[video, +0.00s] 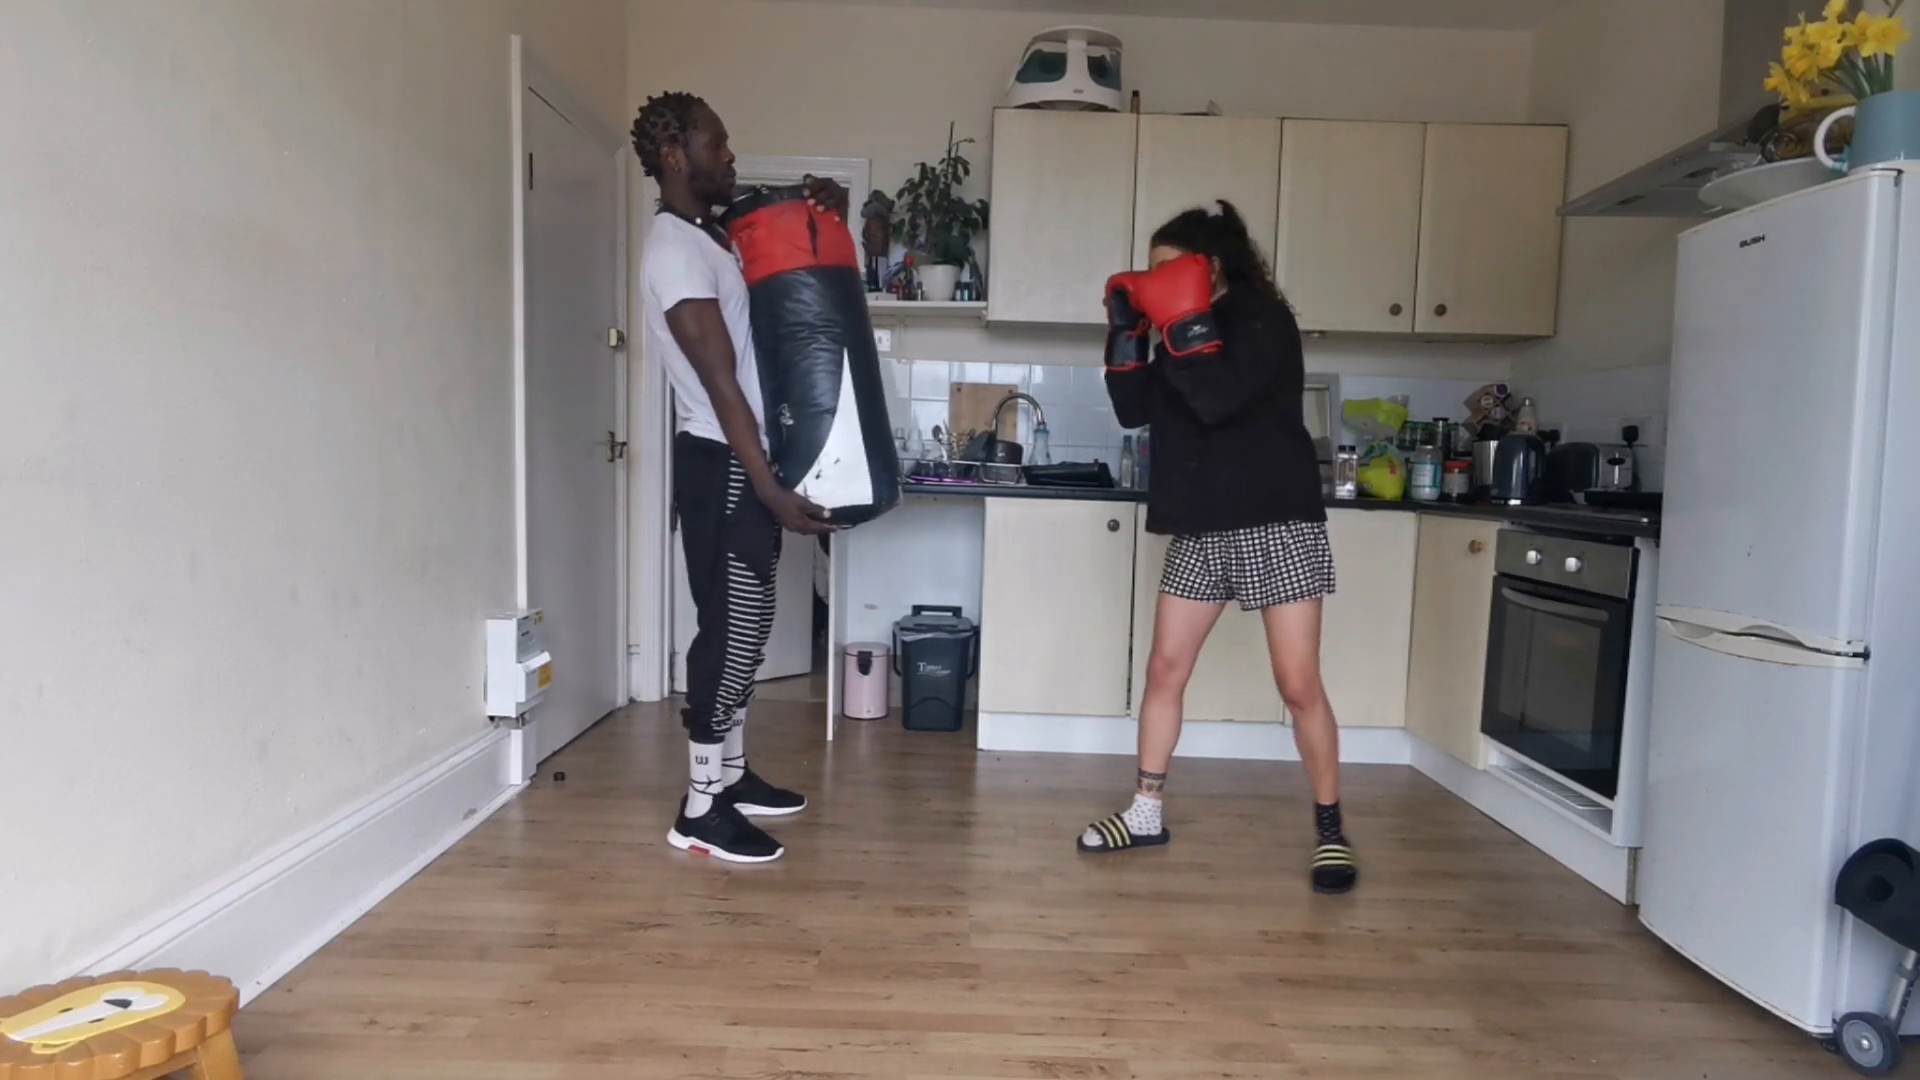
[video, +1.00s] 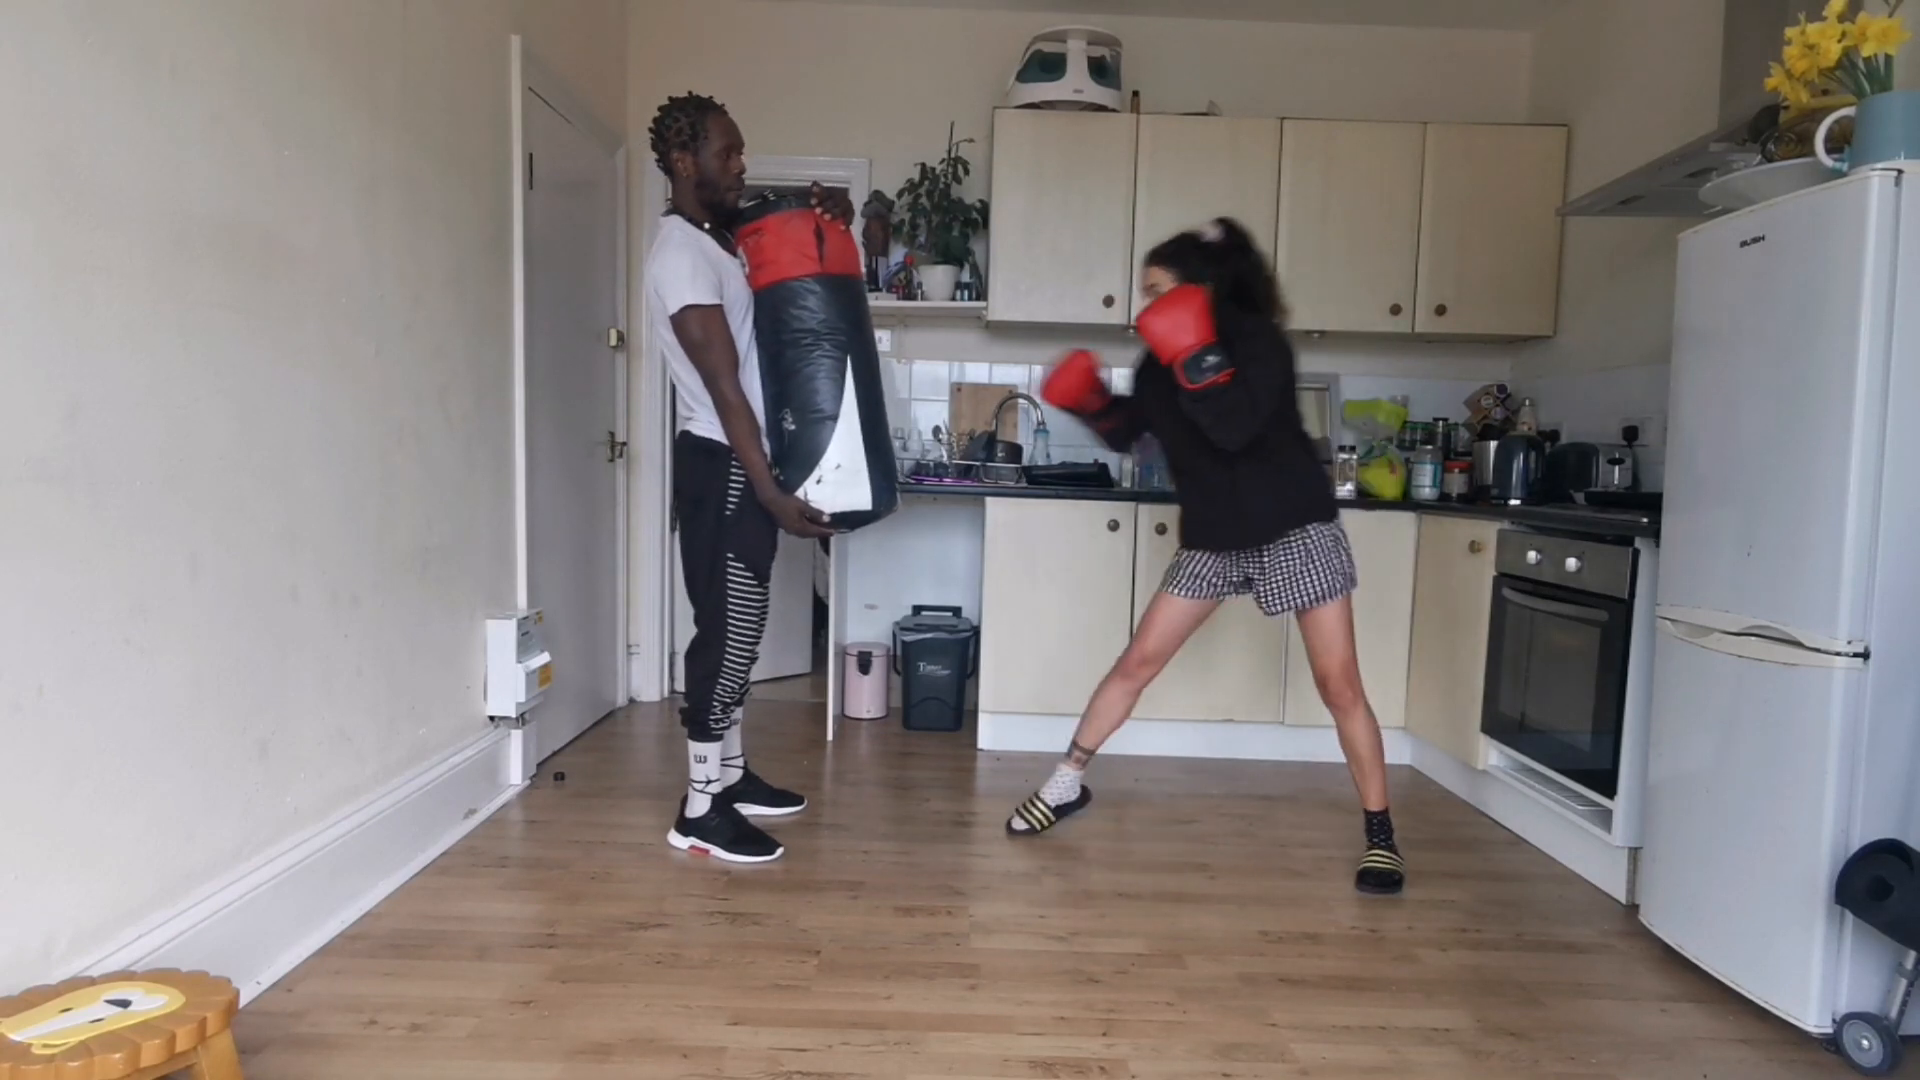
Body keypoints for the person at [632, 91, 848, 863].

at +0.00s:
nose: (730, 155)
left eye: (727, 142)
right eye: (716, 143)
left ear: (681, 155)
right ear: (672, 153)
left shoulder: (707, 236)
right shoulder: (672, 243)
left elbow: (781, 289)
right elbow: (718, 377)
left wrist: (819, 214)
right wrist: (770, 484)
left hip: (745, 450)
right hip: (717, 454)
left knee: (743, 617)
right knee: (735, 621)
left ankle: (727, 775)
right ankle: (703, 805)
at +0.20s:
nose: (738, 160)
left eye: (735, 146)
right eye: (724, 146)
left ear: (688, 156)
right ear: (680, 154)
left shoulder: (711, 238)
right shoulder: (675, 245)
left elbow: (783, 303)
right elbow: (719, 379)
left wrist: (819, 220)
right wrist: (770, 486)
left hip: (743, 451)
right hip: (717, 455)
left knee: (739, 621)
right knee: (735, 624)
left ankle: (728, 775)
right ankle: (703, 805)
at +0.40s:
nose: (741, 162)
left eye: (737, 148)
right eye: (727, 148)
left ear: (692, 158)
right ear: (684, 156)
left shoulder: (713, 239)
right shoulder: (676, 247)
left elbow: (785, 300)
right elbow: (721, 379)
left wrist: (820, 219)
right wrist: (771, 484)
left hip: (746, 451)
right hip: (719, 455)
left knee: (738, 619)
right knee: (732, 622)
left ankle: (727, 774)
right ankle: (703, 804)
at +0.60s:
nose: (741, 163)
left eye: (738, 149)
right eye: (728, 149)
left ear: (691, 159)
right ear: (683, 157)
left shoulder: (712, 241)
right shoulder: (676, 247)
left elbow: (781, 310)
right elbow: (720, 379)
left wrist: (818, 224)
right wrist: (769, 484)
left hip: (745, 452)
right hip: (718, 456)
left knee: (737, 622)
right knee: (731, 626)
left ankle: (727, 775)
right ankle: (702, 804)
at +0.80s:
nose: (742, 164)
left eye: (739, 150)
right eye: (728, 150)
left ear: (692, 161)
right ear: (684, 159)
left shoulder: (715, 241)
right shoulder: (678, 247)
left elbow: (782, 315)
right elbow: (719, 380)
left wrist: (820, 228)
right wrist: (770, 488)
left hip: (743, 451)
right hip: (717, 455)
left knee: (735, 622)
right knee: (729, 626)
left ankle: (726, 775)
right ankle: (702, 805)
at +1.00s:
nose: (742, 167)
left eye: (741, 152)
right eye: (728, 153)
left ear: (697, 162)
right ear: (682, 162)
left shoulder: (718, 244)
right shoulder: (679, 249)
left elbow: (789, 317)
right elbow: (721, 380)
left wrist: (827, 232)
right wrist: (770, 487)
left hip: (745, 453)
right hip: (718, 457)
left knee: (736, 623)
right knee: (729, 626)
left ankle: (728, 775)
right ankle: (702, 805)